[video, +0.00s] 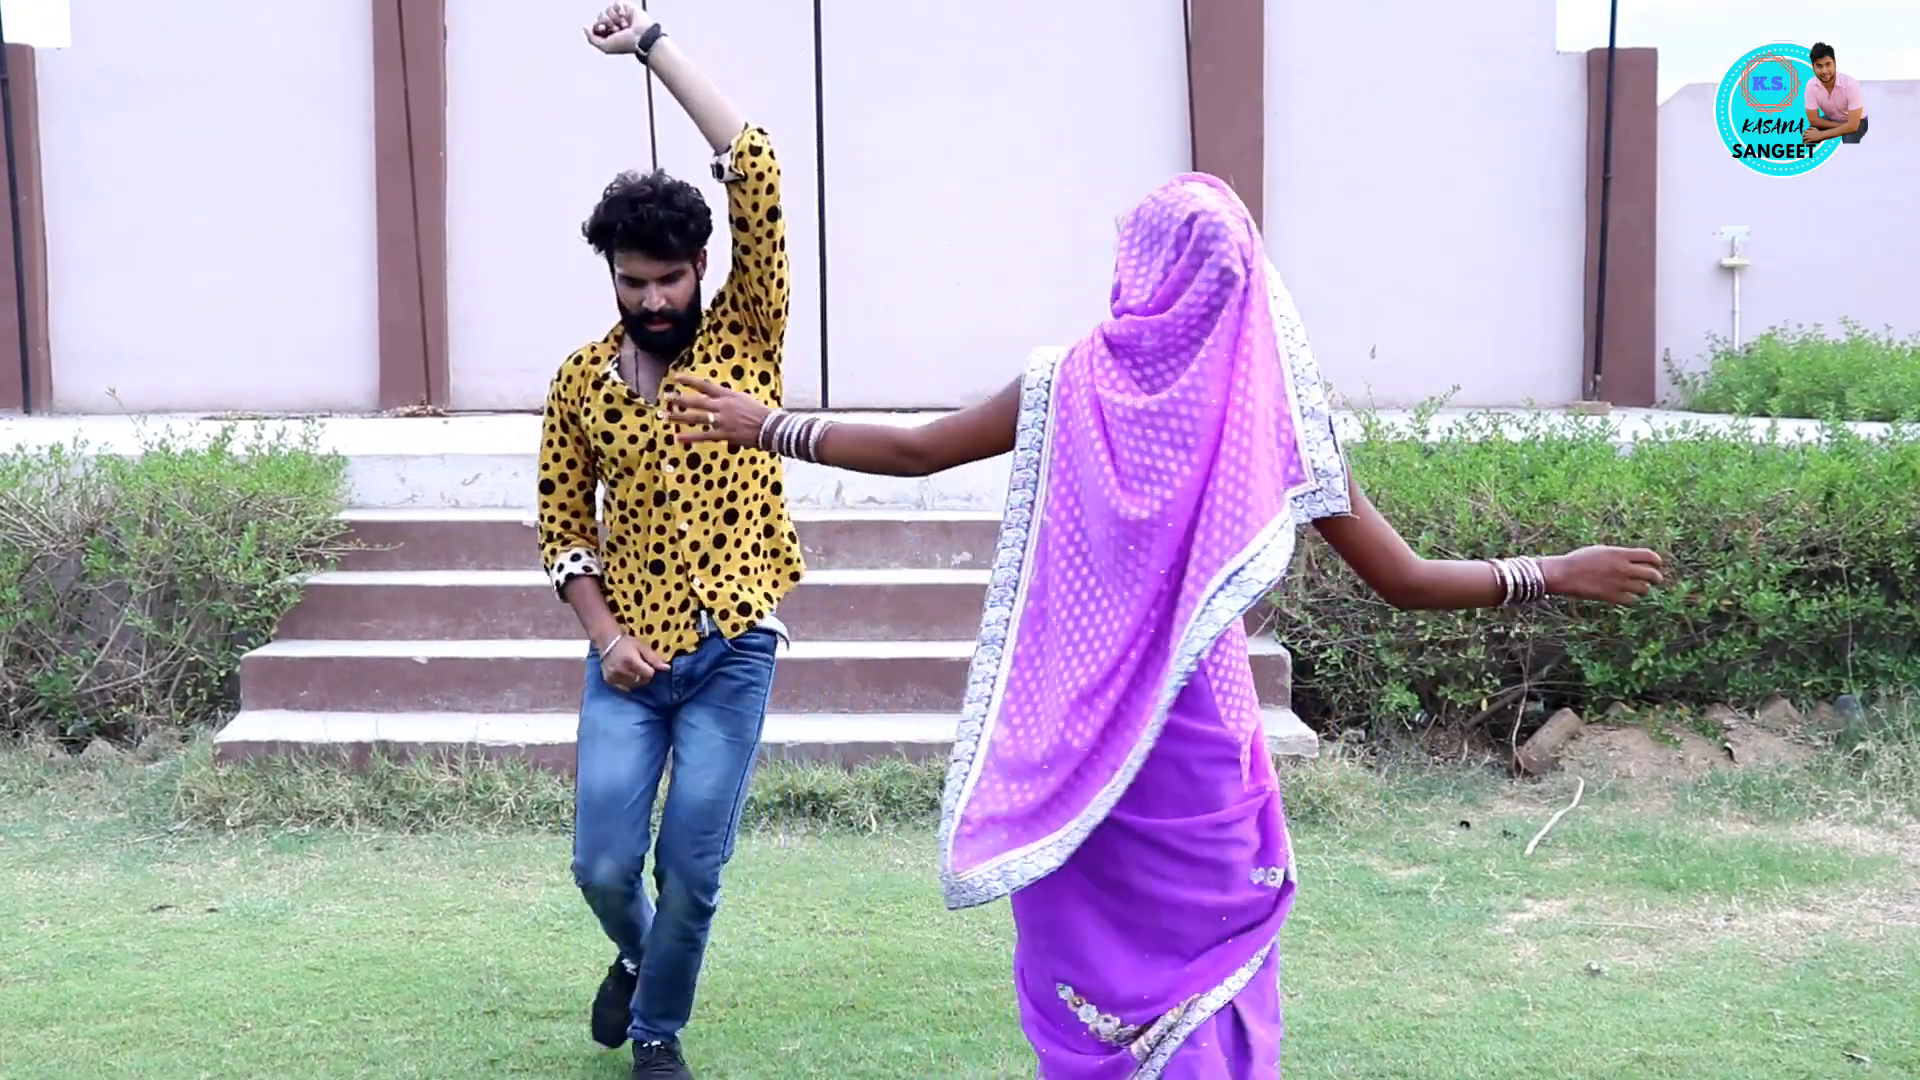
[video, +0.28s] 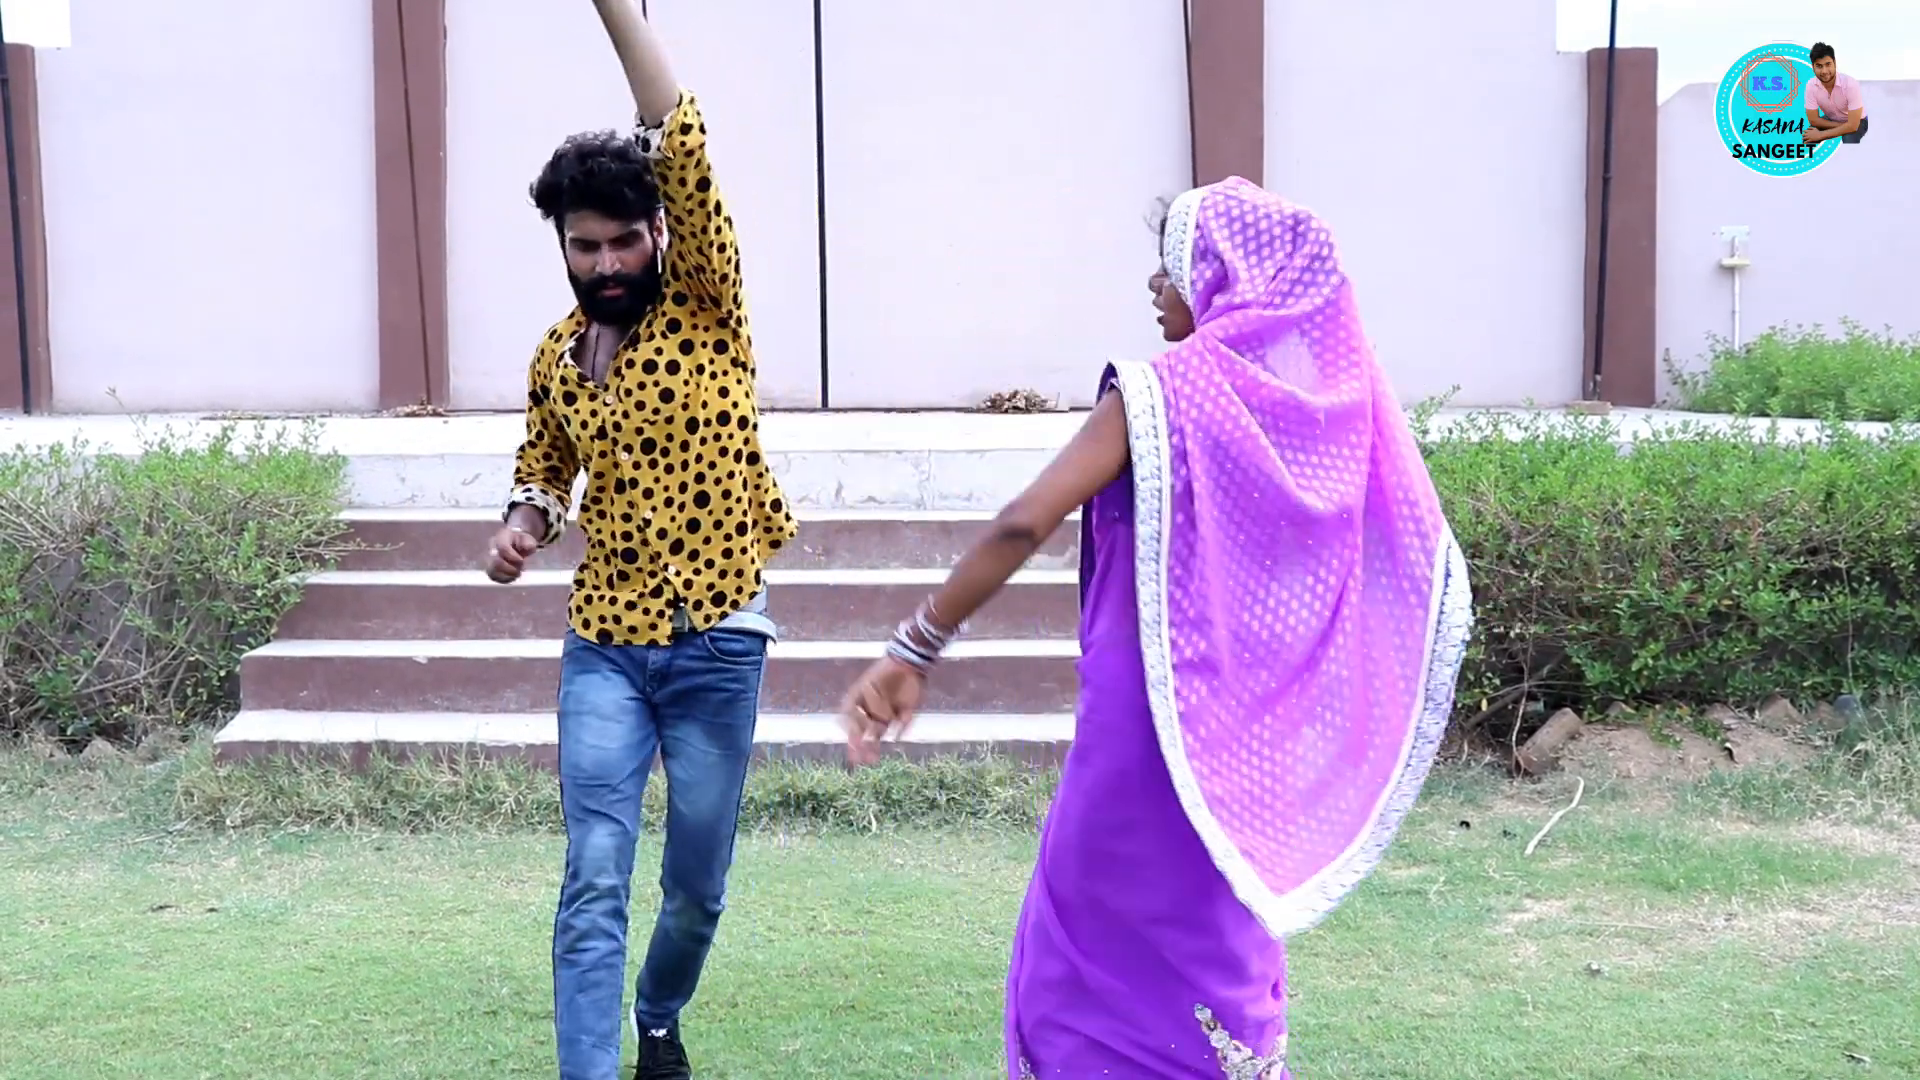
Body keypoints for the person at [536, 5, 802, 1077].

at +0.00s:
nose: (654, 301)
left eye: (670, 281)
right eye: (634, 284)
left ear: (703, 268)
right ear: (609, 274)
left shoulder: (746, 342)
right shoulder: (584, 380)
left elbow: (753, 165)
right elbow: (562, 526)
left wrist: (652, 48)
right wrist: (605, 634)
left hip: (733, 654)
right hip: (627, 660)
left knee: (689, 875)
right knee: (602, 869)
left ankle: (660, 1039)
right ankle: (643, 953)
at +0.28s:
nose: (601, 263)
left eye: (619, 241)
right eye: (582, 247)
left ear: (662, 233)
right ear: (560, 249)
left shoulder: (703, 308)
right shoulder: (560, 360)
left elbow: (680, 136)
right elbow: (543, 482)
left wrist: (612, 3)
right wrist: (521, 526)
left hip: (720, 647)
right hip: (606, 649)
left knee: (698, 890)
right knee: (595, 875)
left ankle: (657, 1022)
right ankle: (589, 1074)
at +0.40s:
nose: (599, 289)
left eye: (615, 267)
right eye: (575, 273)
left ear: (646, 268)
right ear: (549, 280)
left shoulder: (687, 358)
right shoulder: (551, 393)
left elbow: (653, 237)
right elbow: (509, 515)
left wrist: (599, 109)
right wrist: (442, 499)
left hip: (716, 682)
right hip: (599, 682)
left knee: (721, 932)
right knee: (585, 902)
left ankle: (684, 1018)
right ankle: (599, 1074)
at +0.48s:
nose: (588, 298)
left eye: (605, 276)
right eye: (567, 281)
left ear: (638, 275)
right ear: (544, 291)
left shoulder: (682, 361)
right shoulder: (554, 403)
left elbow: (656, 323)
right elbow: (487, 498)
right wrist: (397, 454)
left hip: (720, 692)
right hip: (601, 692)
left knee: (725, 935)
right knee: (580, 906)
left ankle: (727, 1041)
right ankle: (598, 1073)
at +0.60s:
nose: (602, 274)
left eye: (622, 253)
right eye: (579, 253)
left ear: (653, 253)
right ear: (551, 258)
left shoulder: (669, 331)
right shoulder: (554, 361)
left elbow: (656, 389)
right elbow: (463, 387)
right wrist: (383, 329)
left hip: (734, 660)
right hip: (618, 666)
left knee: (733, 904)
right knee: (592, 895)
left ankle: (764, 1071)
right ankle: (608, 1073)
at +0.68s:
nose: (612, 261)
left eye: (633, 239)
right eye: (589, 240)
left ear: (664, 237)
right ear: (559, 241)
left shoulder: (675, 333)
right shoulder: (565, 323)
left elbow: (667, 444)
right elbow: (471, 301)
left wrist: (670, 545)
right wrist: (387, 235)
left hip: (740, 650)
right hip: (626, 656)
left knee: (740, 901)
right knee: (601, 881)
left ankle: (787, 1070)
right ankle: (641, 1074)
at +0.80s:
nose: (629, 273)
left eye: (652, 251)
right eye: (608, 249)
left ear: (683, 251)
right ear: (576, 251)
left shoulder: (685, 366)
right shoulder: (593, 321)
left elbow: (706, 536)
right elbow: (512, 228)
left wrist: (725, 696)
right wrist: (415, 127)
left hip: (736, 668)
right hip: (631, 670)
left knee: (714, 924)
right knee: (620, 916)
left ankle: (786, 1072)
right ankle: (695, 1079)